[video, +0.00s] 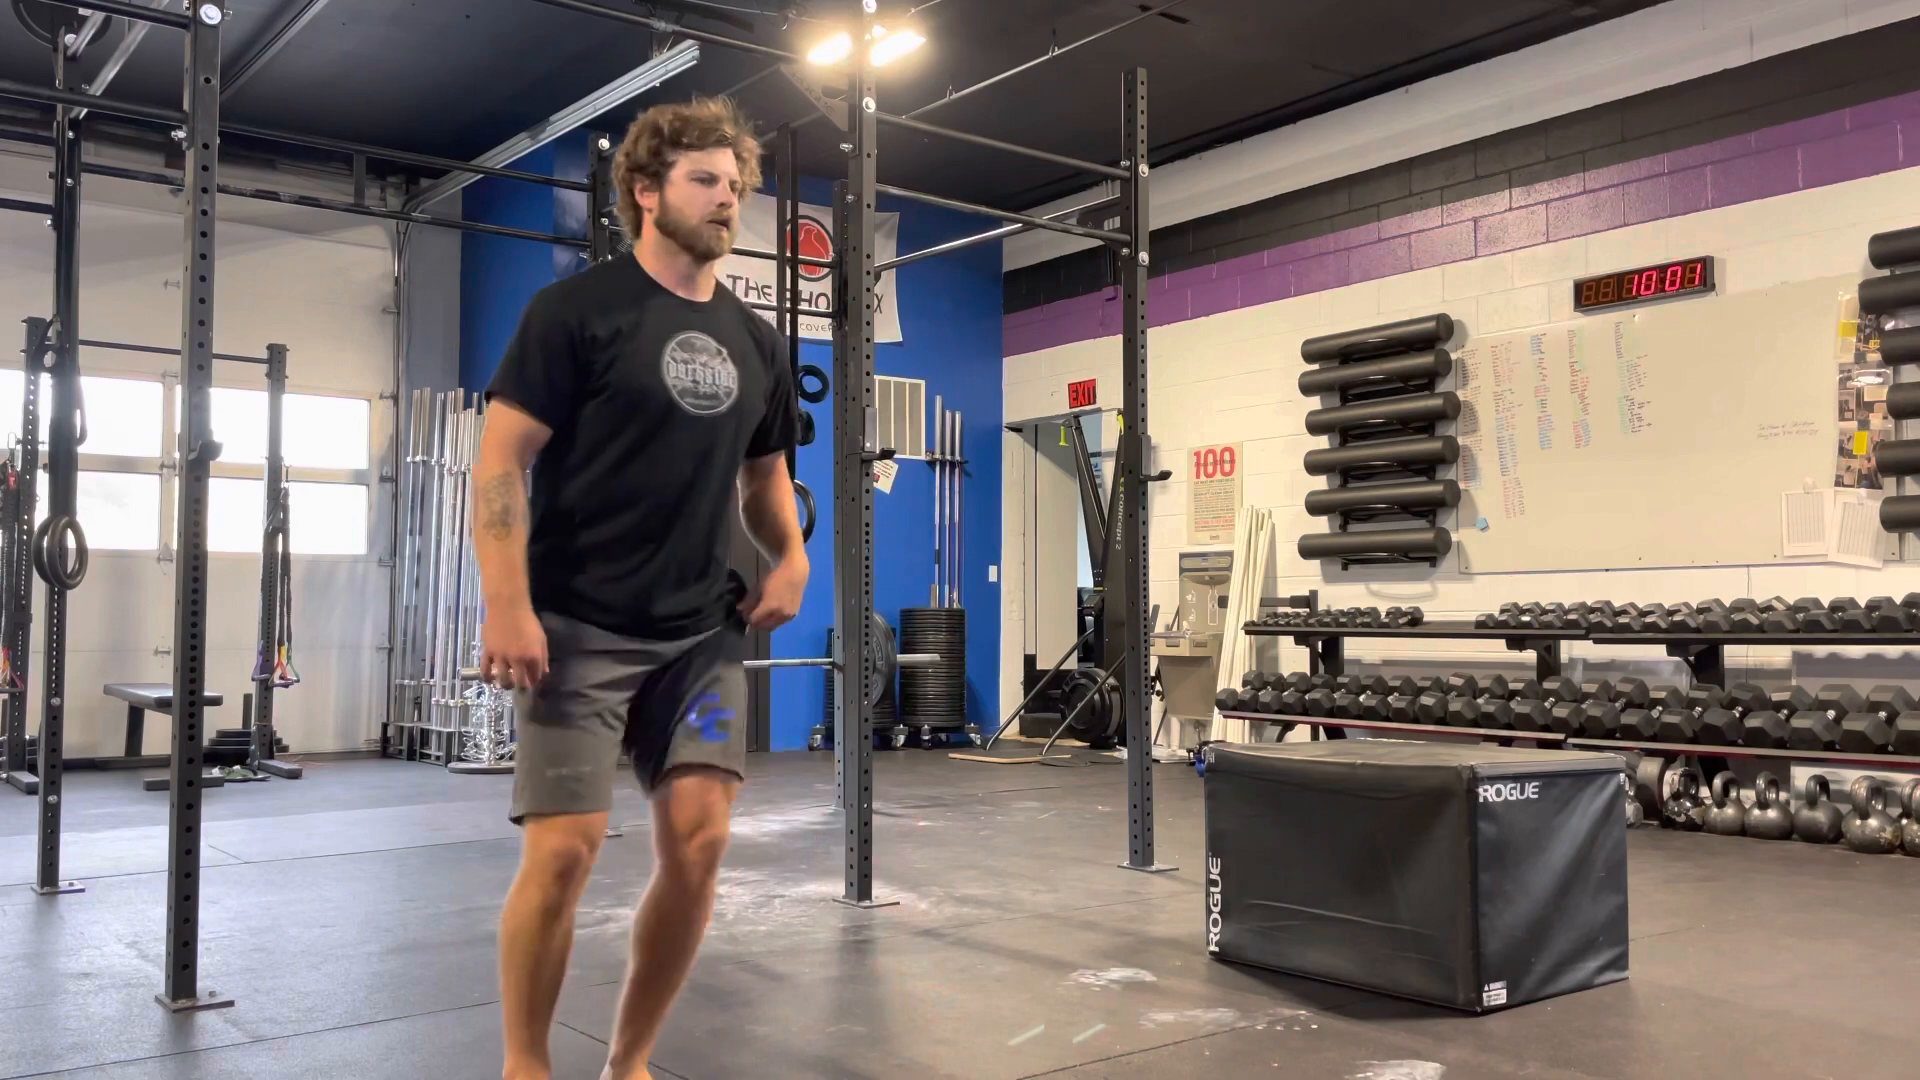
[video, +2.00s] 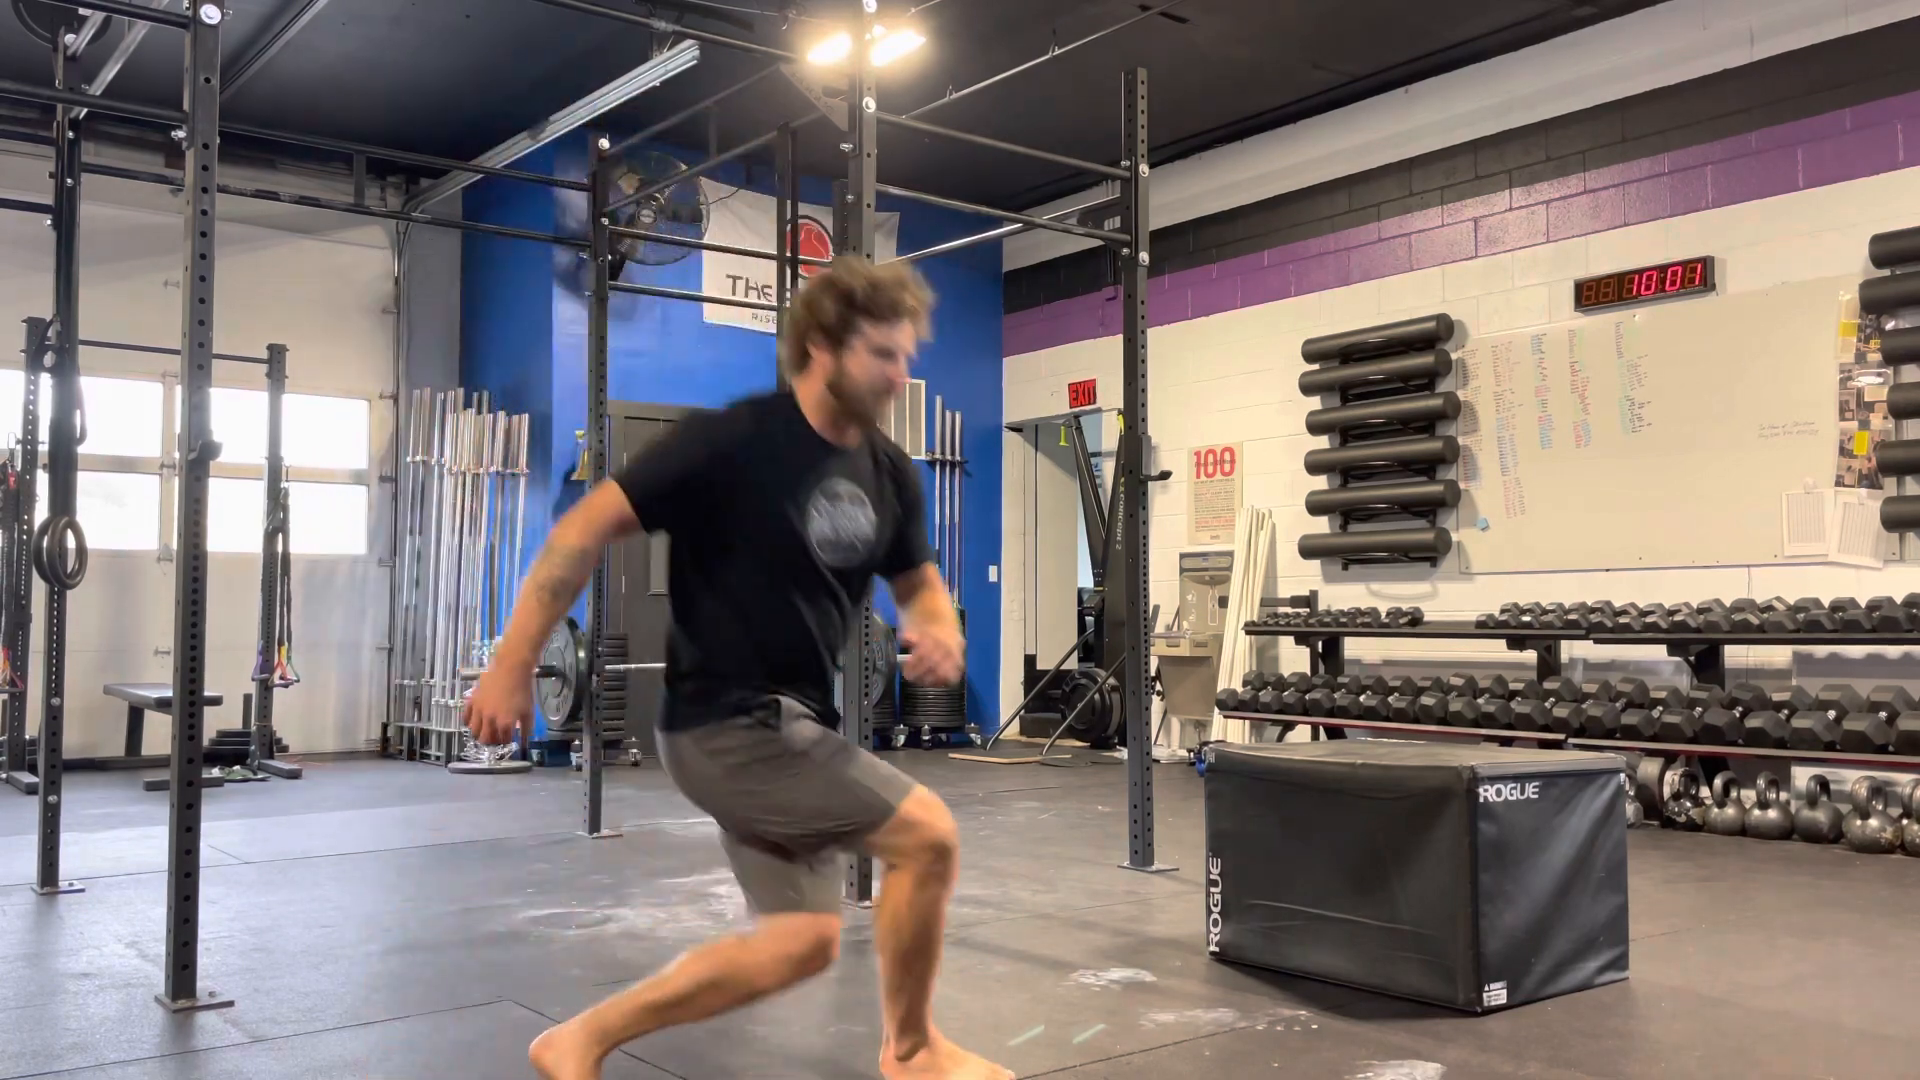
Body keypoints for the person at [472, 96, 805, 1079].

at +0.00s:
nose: (727, 199)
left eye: (735, 186)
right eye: (706, 181)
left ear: (740, 204)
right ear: (645, 194)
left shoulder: (756, 341)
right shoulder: (572, 310)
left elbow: (767, 472)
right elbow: (499, 461)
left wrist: (792, 553)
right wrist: (507, 606)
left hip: (705, 629)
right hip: (580, 626)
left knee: (701, 839)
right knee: (563, 852)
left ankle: (630, 1061)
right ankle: (524, 1065)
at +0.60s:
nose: (600, 177)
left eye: (610, 163)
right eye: (580, 155)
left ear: (612, 179)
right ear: (513, 158)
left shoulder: (612, 312)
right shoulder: (422, 278)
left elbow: (630, 465)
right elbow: (360, 451)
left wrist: (675, 569)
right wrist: (395, 595)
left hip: (588, 628)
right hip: (453, 627)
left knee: (615, 837)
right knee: (421, 861)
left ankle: (610, 1058)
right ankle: (389, 1071)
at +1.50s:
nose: (705, 219)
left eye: (715, 203)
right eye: (690, 198)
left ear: (716, 209)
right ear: (626, 189)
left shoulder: (693, 336)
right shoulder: (537, 298)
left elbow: (705, 483)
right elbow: (482, 453)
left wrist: (735, 593)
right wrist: (559, 575)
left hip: (665, 624)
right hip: (552, 613)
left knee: (631, 843)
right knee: (582, 822)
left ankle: (549, 1062)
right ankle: (478, 1055)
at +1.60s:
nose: (733, 232)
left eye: (742, 214)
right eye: (718, 209)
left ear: (742, 219)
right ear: (654, 198)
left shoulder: (715, 347)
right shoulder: (562, 306)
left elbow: (730, 489)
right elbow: (494, 453)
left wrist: (766, 589)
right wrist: (537, 590)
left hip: (686, 628)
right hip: (588, 613)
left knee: (635, 845)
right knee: (666, 811)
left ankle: (555, 1054)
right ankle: (591, 1046)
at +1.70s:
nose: (765, 244)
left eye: (774, 228)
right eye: (750, 222)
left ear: (769, 230)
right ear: (686, 211)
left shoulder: (741, 357)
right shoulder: (588, 319)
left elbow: (758, 497)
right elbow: (507, 456)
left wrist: (804, 584)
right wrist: (512, 604)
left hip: (704, 627)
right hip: (610, 618)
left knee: (653, 860)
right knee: (739, 801)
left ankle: (549, 1059)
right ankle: (726, 1042)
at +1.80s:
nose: (805, 264)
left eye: (811, 247)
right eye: (790, 244)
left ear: (789, 251)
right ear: (724, 236)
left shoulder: (779, 378)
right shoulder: (627, 336)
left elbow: (798, 511)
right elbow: (524, 468)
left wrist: (845, 583)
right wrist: (495, 618)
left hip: (729, 645)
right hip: (644, 642)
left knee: (691, 870)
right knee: (803, 806)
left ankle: (550, 1059)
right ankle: (836, 1021)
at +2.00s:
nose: (902, 376)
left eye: (908, 358)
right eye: (885, 354)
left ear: (908, 359)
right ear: (822, 351)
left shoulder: (885, 471)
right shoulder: (727, 441)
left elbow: (920, 585)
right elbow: (581, 530)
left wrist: (939, 632)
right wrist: (510, 665)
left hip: (793, 721)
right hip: (727, 720)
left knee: (804, 942)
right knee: (927, 836)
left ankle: (578, 1041)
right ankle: (911, 1048)